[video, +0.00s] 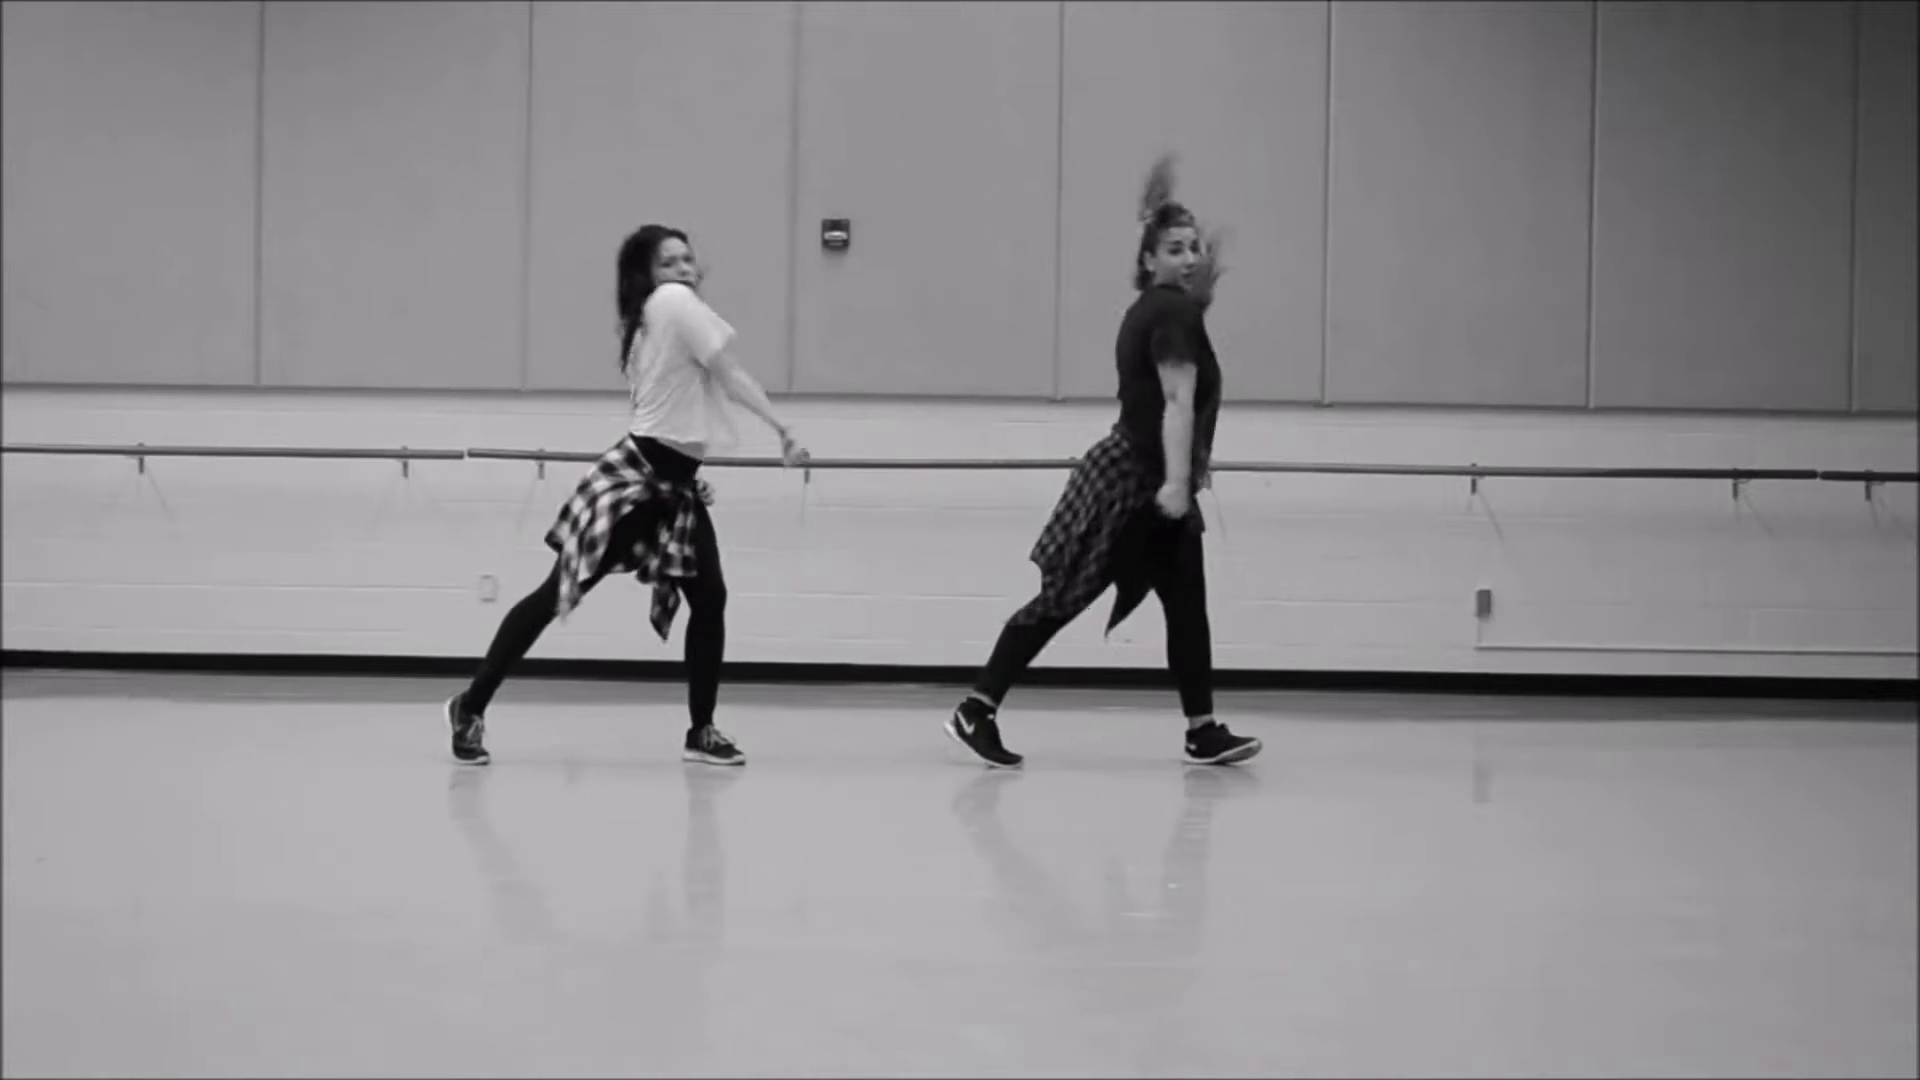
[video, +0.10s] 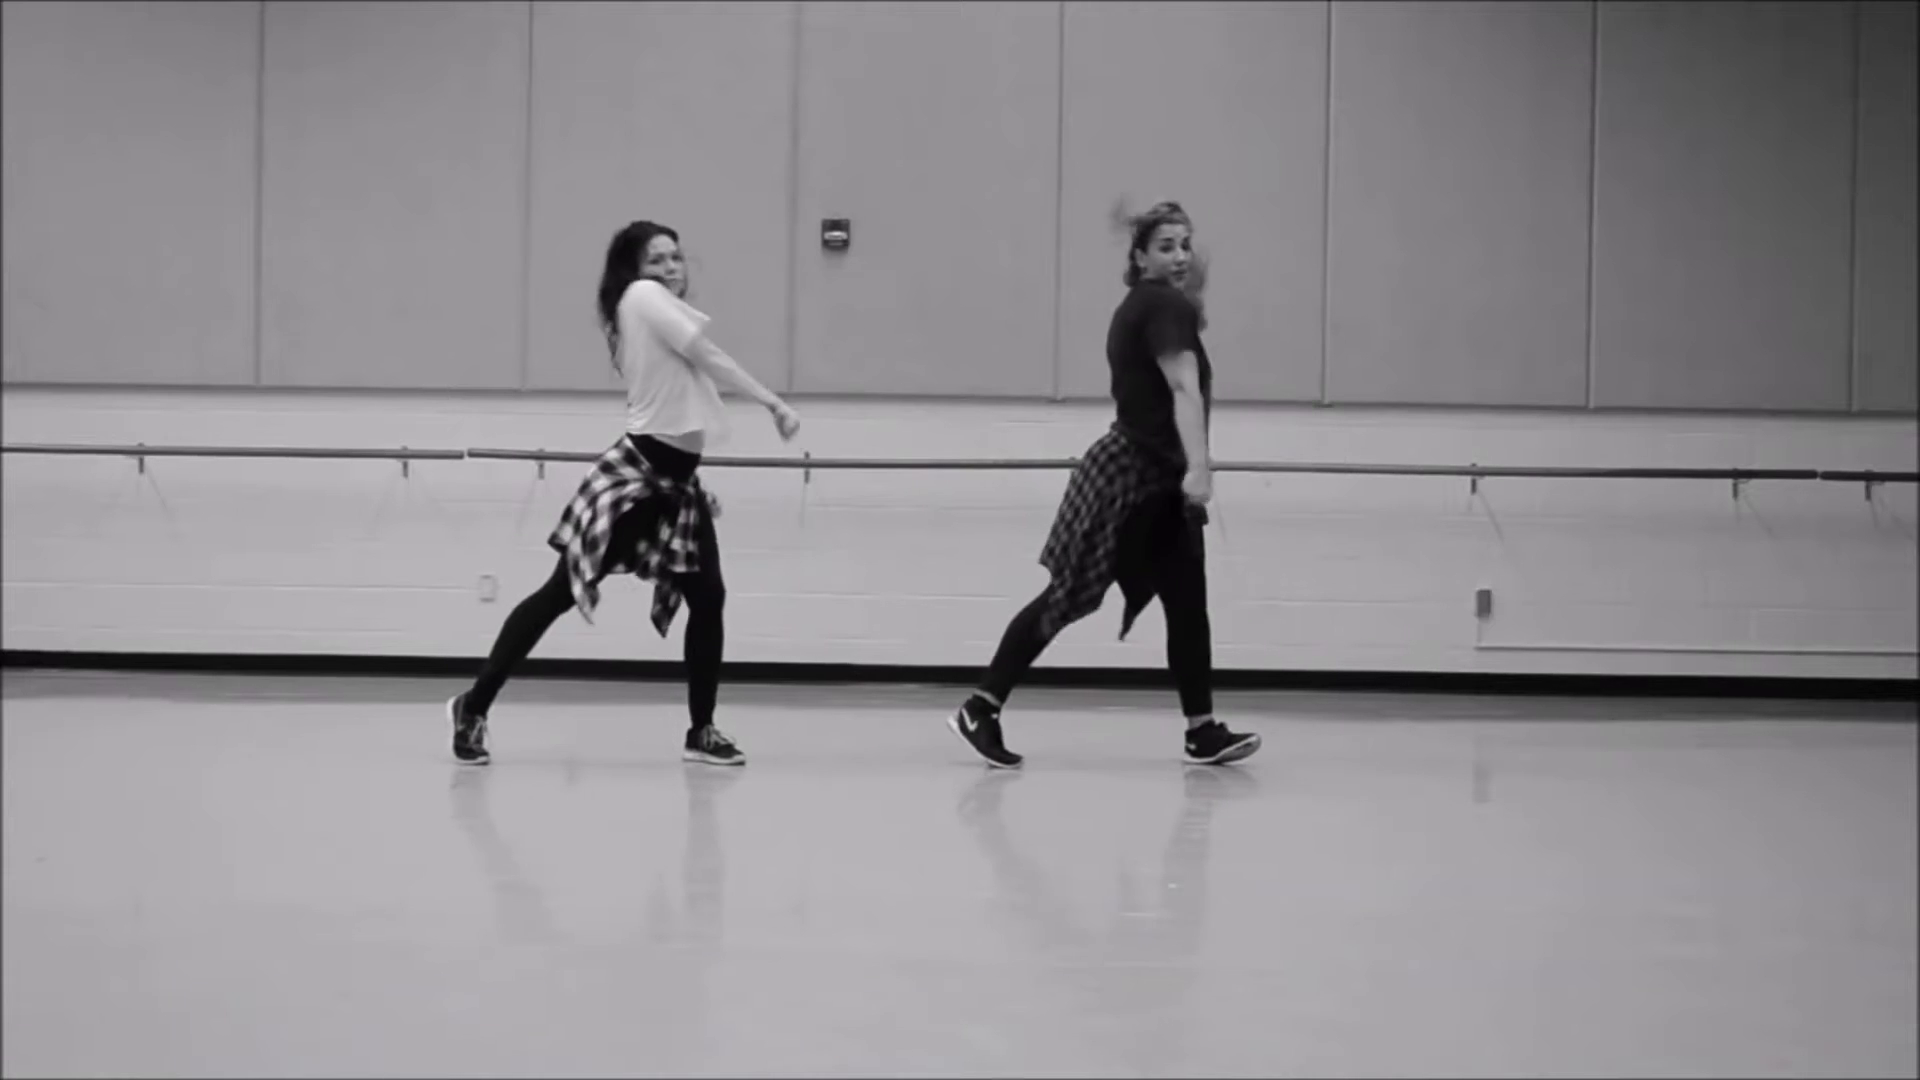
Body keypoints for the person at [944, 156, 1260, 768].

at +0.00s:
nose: (1191, 256)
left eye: (1194, 247)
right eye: (1177, 248)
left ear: (1194, 256)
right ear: (1153, 259)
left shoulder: (1158, 310)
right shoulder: (1170, 312)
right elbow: (1177, 400)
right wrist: (1177, 480)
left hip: (1160, 483)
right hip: (1136, 481)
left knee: (1187, 610)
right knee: (1067, 594)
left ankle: (1202, 729)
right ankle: (978, 707)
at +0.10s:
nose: (1179, 255)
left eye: (1184, 246)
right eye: (1166, 247)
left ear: (1191, 252)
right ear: (1140, 255)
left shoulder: (1145, 307)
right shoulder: (1160, 306)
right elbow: (1183, 387)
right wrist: (1199, 466)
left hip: (1159, 478)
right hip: (1134, 475)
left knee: (1187, 607)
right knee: (1075, 593)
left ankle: (1202, 728)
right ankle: (983, 704)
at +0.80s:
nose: (1143, 260)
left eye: (1151, 249)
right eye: (1130, 250)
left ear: (1161, 257)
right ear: (1108, 259)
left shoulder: (1155, 316)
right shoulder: (1075, 308)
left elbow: (1184, 386)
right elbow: (1013, 378)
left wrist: (1199, 375)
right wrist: (1042, 448)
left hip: (1143, 488)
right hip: (1068, 485)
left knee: (1181, 609)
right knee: (1028, 612)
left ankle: (1211, 725)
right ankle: (984, 723)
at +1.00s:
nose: (1109, 264)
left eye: (1117, 253)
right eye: (1096, 254)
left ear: (1128, 259)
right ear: (1076, 263)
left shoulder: (1152, 316)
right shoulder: (1052, 328)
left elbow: (1167, 380)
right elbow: (1050, 414)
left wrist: (1086, 356)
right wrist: (1019, 442)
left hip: (1133, 485)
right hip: (1059, 486)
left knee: (1184, 598)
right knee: (1028, 609)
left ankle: (1212, 720)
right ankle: (985, 723)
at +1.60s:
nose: (1131, 267)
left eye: (1136, 255)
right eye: (1116, 261)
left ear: (1149, 259)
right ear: (1097, 277)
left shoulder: (1176, 322)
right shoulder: (1106, 327)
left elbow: (1200, 403)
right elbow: (1107, 415)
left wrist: (1225, 469)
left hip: (1175, 489)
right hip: (1113, 489)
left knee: (1221, 597)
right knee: (1067, 610)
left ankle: (1195, 729)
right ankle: (991, 718)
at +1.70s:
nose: (1172, 265)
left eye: (1175, 253)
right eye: (1157, 260)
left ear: (1188, 259)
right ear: (1137, 277)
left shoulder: (1196, 319)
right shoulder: (1152, 330)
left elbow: (1207, 400)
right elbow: (1165, 423)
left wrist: (1232, 462)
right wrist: (1220, 487)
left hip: (1192, 488)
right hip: (1142, 489)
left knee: (1234, 599)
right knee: (1119, 604)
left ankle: (1197, 729)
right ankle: (1045, 710)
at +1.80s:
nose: (1220, 272)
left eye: (1224, 261)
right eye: (1204, 265)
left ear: (1232, 268)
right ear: (1180, 278)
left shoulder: (1216, 333)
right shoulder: (1190, 334)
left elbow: (1217, 420)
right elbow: (1208, 427)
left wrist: (1240, 470)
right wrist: (1249, 497)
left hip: (1195, 489)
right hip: (1160, 490)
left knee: (1237, 598)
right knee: (1174, 600)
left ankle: (1201, 728)